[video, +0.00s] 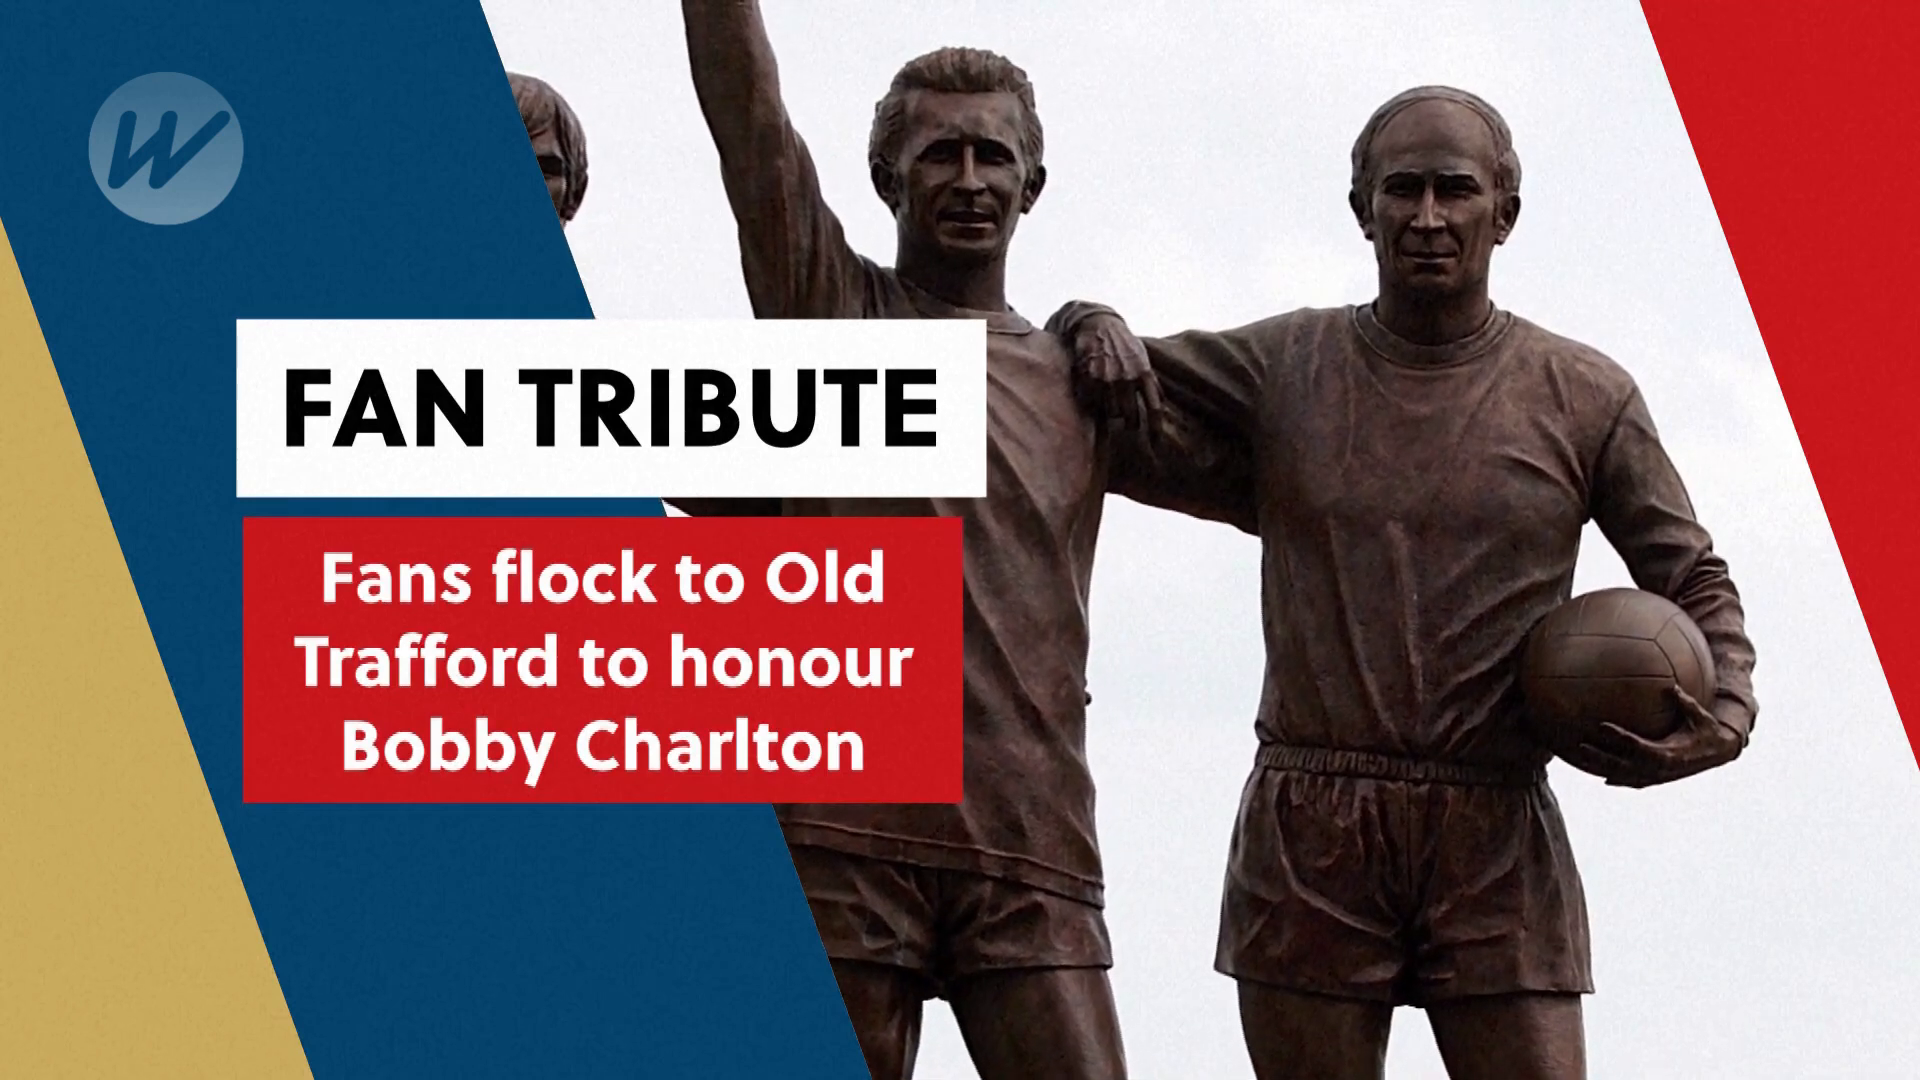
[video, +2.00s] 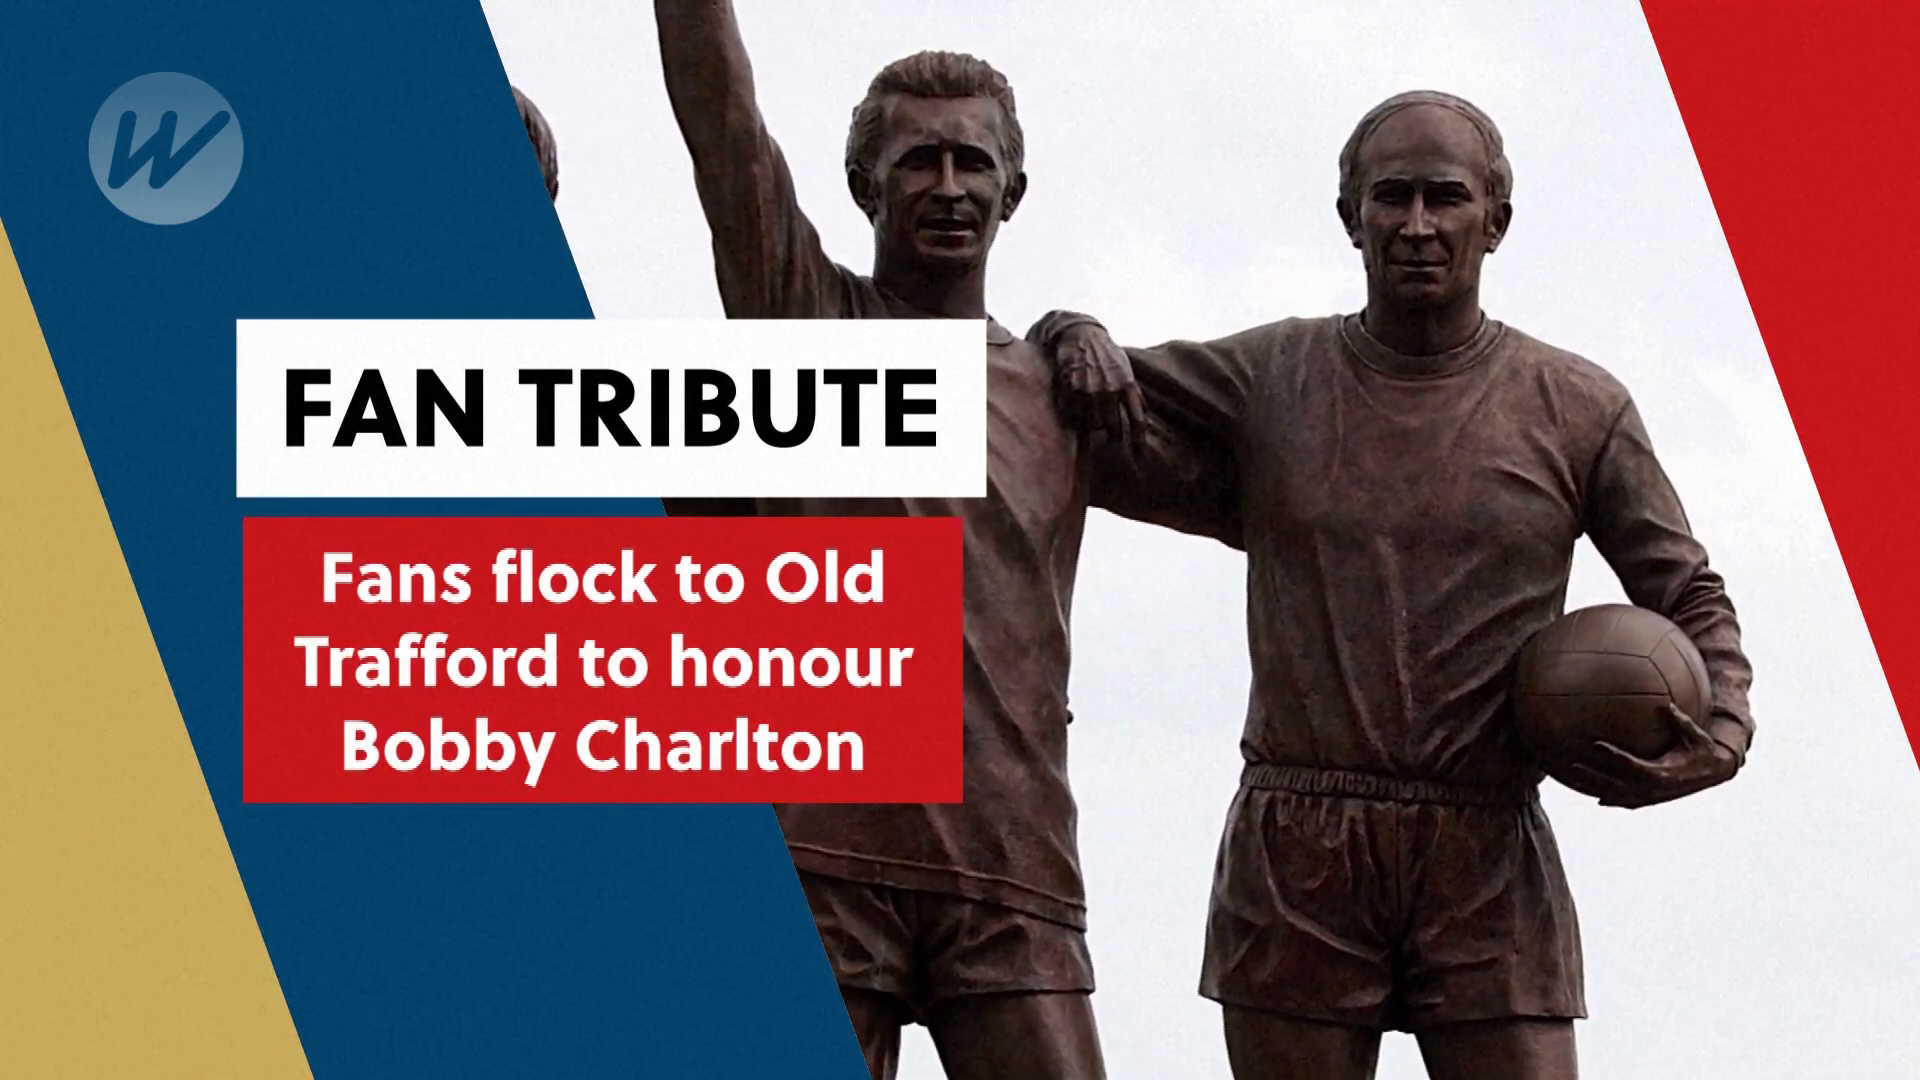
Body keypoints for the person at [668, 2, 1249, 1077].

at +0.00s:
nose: (970, 177)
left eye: (994, 154)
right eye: (940, 153)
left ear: (1030, 181)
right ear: (888, 176)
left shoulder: (1081, 387)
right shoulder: (825, 310)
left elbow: (1286, 481)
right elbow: (748, 119)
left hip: (1031, 854)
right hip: (838, 843)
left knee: (1084, 1063)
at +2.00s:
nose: (948, 184)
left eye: (973, 160)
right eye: (918, 160)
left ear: (1011, 190)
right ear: (865, 186)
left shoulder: (1064, 396)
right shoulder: (802, 323)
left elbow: (1275, 495)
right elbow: (721, 127)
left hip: (1013, 868)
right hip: (820, 865)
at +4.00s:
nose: (930, 191)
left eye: (955, 168)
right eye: (899, 166)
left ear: (991, 198)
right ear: (842, 194)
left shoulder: (1044, 405)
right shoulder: (776, 332)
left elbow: (1244, 506)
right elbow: (696, 132)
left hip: (995, 900)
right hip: (803, 892)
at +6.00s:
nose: (914, 193)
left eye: (941, 169)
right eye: (886, 168)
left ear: (984, 193)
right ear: (832, 188)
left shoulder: (1023, 404)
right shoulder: (769, 343)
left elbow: (1250, 495)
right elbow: (681, 135)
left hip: (982, 921)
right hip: (800, 917)